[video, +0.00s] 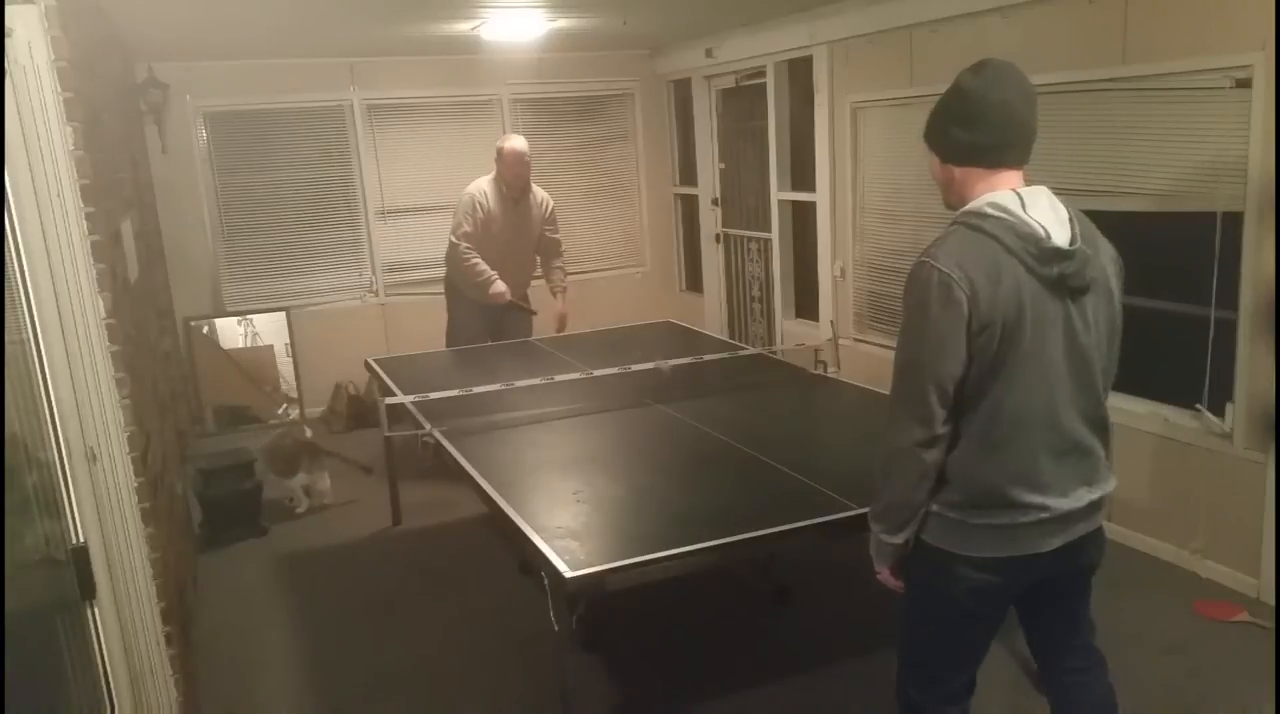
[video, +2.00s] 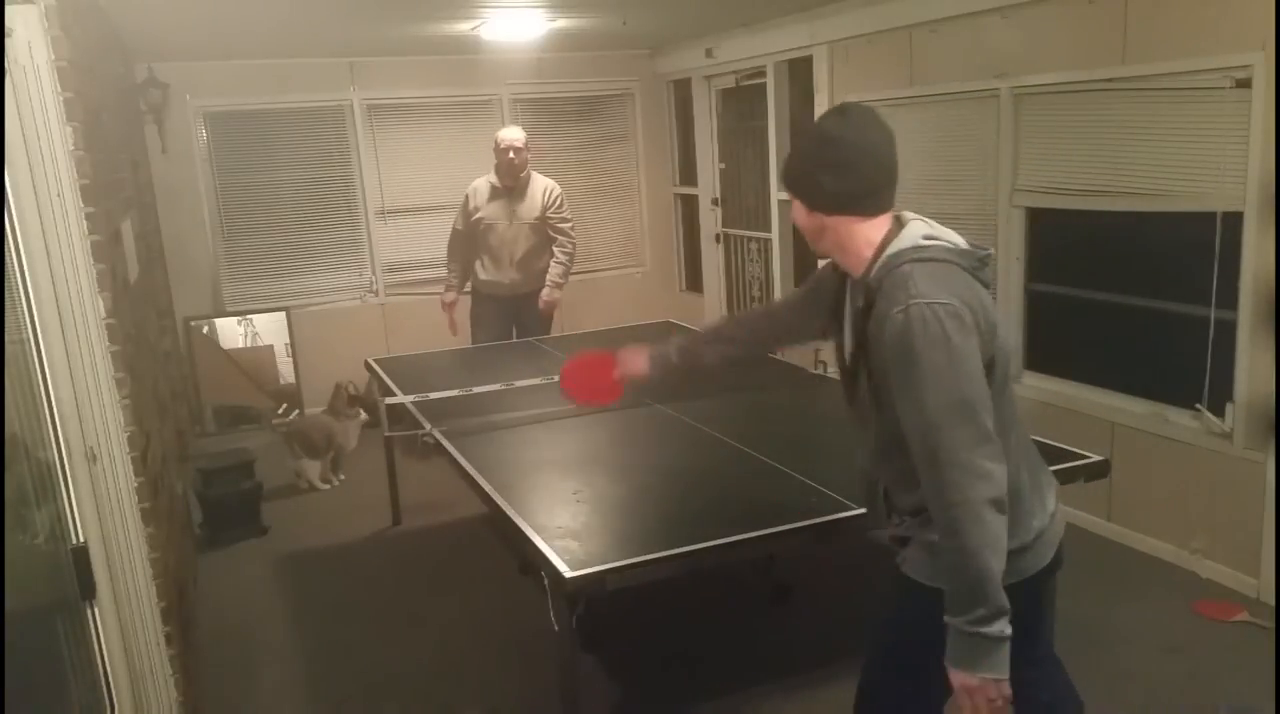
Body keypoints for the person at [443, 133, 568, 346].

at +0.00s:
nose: (520, 172)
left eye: (525, 164)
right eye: (513, 165)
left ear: (531, 163)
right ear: (498, 163)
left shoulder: (542, 202)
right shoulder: (476, 197)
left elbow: (552, 254)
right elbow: (459, 251)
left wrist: (560, 298)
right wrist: (491, 282)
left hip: (515, 300)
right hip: (470, 299)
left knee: (518, 369)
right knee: (471, 370)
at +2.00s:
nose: (511, 156)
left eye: (518, 150)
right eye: (504, 150)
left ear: (528, 152)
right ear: (495, 153)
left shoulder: (549, 192)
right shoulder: (477, 192)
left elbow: (564, 243)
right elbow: (460, 243)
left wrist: (553, 287)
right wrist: (453, 287)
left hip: (534, 298)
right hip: (488, 299)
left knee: (534, 367)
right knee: (487, 368)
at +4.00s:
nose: (521, 165)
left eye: (526, 157)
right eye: (513, 159)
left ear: (532, 155)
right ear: (498, 158)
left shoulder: (548, 192)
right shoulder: (481, 195)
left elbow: (564, 242)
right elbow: (470, 241)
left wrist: (572, 287)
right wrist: (515, 262)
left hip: (540, 296)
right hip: (496, 299)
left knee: (545, 366)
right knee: (500, 369)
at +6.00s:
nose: (525, 157)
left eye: (530, 150)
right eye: (517, 151)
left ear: (538, 153)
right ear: (506, 156)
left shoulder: (555, 192)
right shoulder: (488, 190)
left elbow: (567, 246)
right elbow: (463, 234)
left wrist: (569, 288)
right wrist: (479, 265)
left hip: (546, 295)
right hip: (504, 296)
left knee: (552, 361)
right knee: (509, 364)